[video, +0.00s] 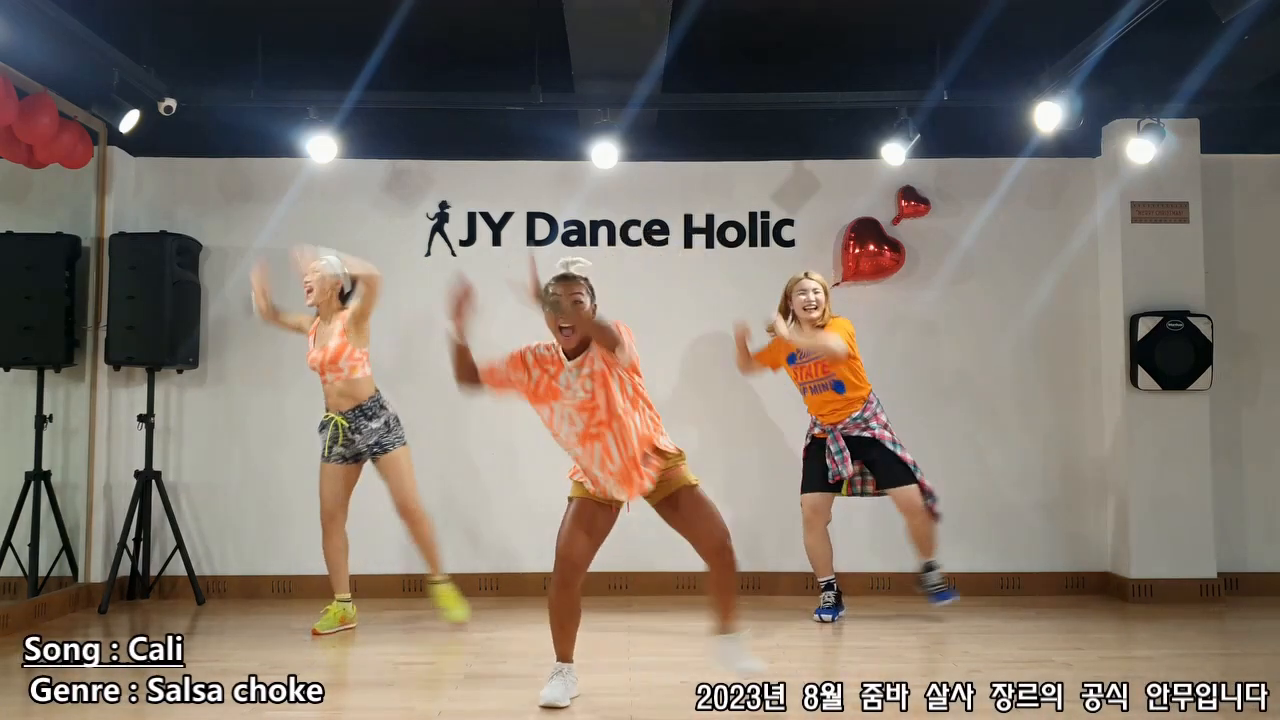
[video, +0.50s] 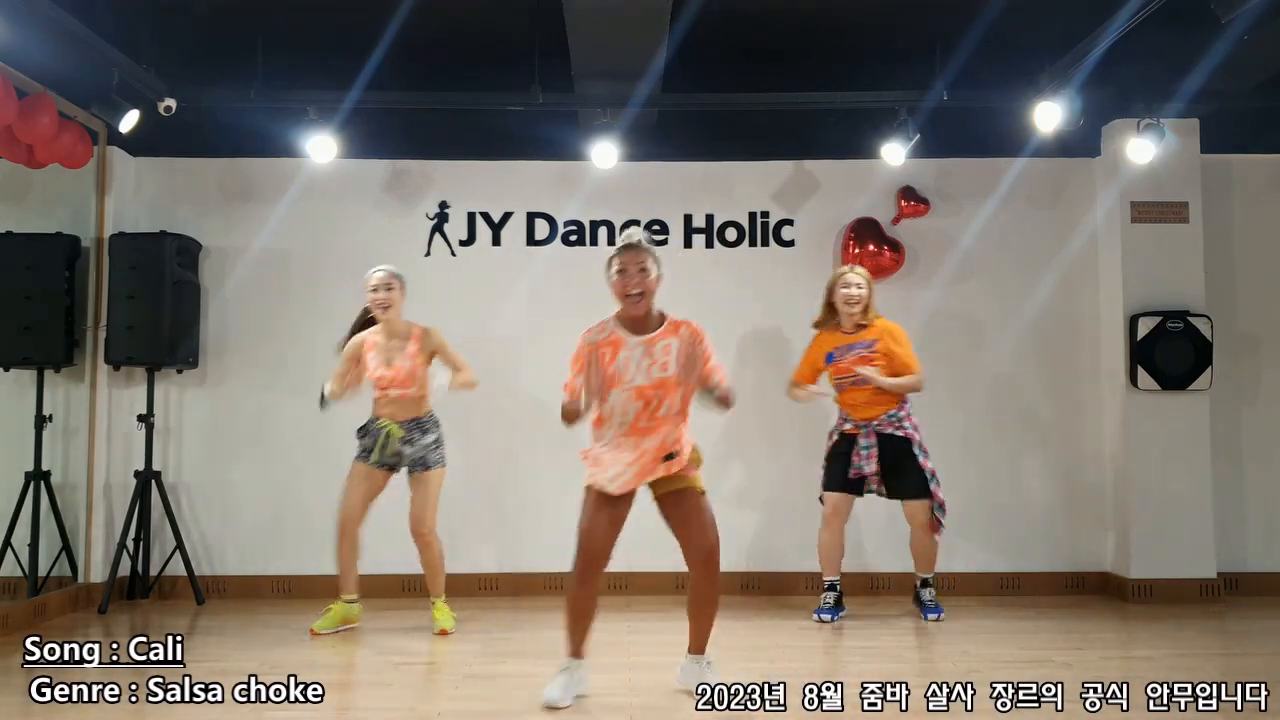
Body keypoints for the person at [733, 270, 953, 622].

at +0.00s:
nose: (810, 297)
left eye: (816, 291)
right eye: (801, 293)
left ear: (826, 299)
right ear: (789, 304)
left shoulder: (839, 327)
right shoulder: (784, 343)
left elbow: (835, 348)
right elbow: (748, 368)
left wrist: (789, 335)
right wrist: (741, 344)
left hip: (866, 425)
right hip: (824, 434)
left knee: (912, 501)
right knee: (813, 511)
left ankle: (929, 570)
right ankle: (829, 593)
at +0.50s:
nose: (853, 291)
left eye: (859, 286)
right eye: (846, 286)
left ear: (869, 294)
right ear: (833, 294)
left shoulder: (887, 332)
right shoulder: (824, 341)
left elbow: (916, 381)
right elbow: (795, 389)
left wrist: (881, 381)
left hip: (894, 431)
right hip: (850, 433)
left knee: (921, 513)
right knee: (833, 510)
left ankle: (925, 589)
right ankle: (831, 592)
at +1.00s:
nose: (948, 290)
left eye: (953, 284)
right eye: (938, 286)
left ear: (963, 294)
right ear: (925, 298)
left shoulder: (966, 343)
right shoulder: (913, 330)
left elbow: (987, 388)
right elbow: (898, 365)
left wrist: (999, 379)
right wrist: (943, 363)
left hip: (935, 435)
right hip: (897, 430)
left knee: (966, 511)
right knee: (886, 513)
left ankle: (978, 591)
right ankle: (878, 594)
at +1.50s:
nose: (950, 298)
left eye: (956, 292)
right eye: (941, 293)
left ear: (966, 300)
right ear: (928, 301)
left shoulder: (970, 347)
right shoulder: (916, 335)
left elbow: (1002, 382)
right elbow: (920, 374)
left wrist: (1021, 366)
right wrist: (970, 361)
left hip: (931, 438)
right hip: (892, 432)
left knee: (963, 512)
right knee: (870, 506)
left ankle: (976, 592)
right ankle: (831, 575)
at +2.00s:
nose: (845, 290)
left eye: (852, 285)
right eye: (838, 286)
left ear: (865, 293)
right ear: (829, 296)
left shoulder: (877, 331)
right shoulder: (817, 333)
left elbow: (910, 339)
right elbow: (773, 353)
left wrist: (872, 315)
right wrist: (784, 327)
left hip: (869, 430)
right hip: (826, 429)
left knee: (878, 514)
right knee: (798, 499)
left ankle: (880, 593)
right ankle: (809, 579)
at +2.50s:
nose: (788, 299)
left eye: (796, 295)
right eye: (781, 295)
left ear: (806, 308)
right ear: (771, 307)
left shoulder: (809, 333)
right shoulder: (772, 340)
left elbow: (755, 317)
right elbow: (731, 317)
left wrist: (719, 287)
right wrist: (695, 286)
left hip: (848, 433)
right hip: (811, 440)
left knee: (895, 507)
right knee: (783, 507)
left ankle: (951, 571)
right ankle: (777, 595)